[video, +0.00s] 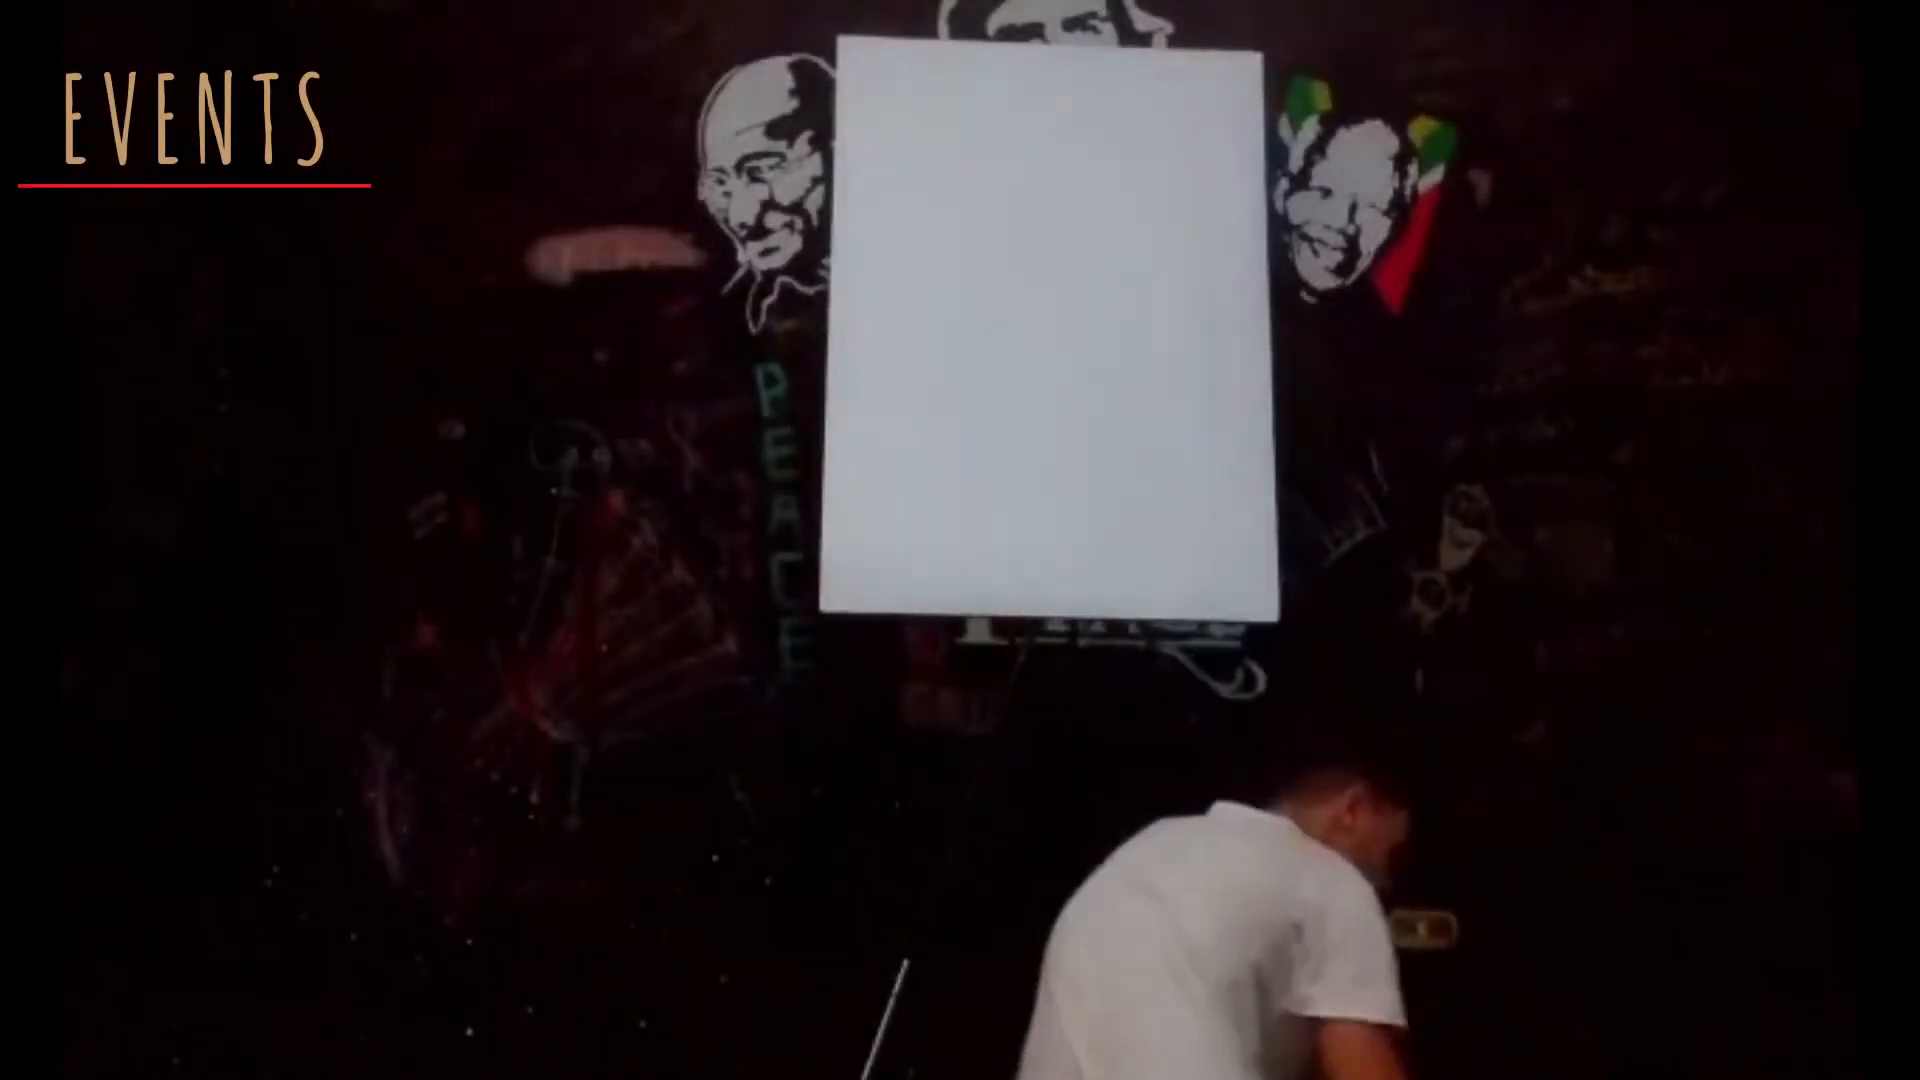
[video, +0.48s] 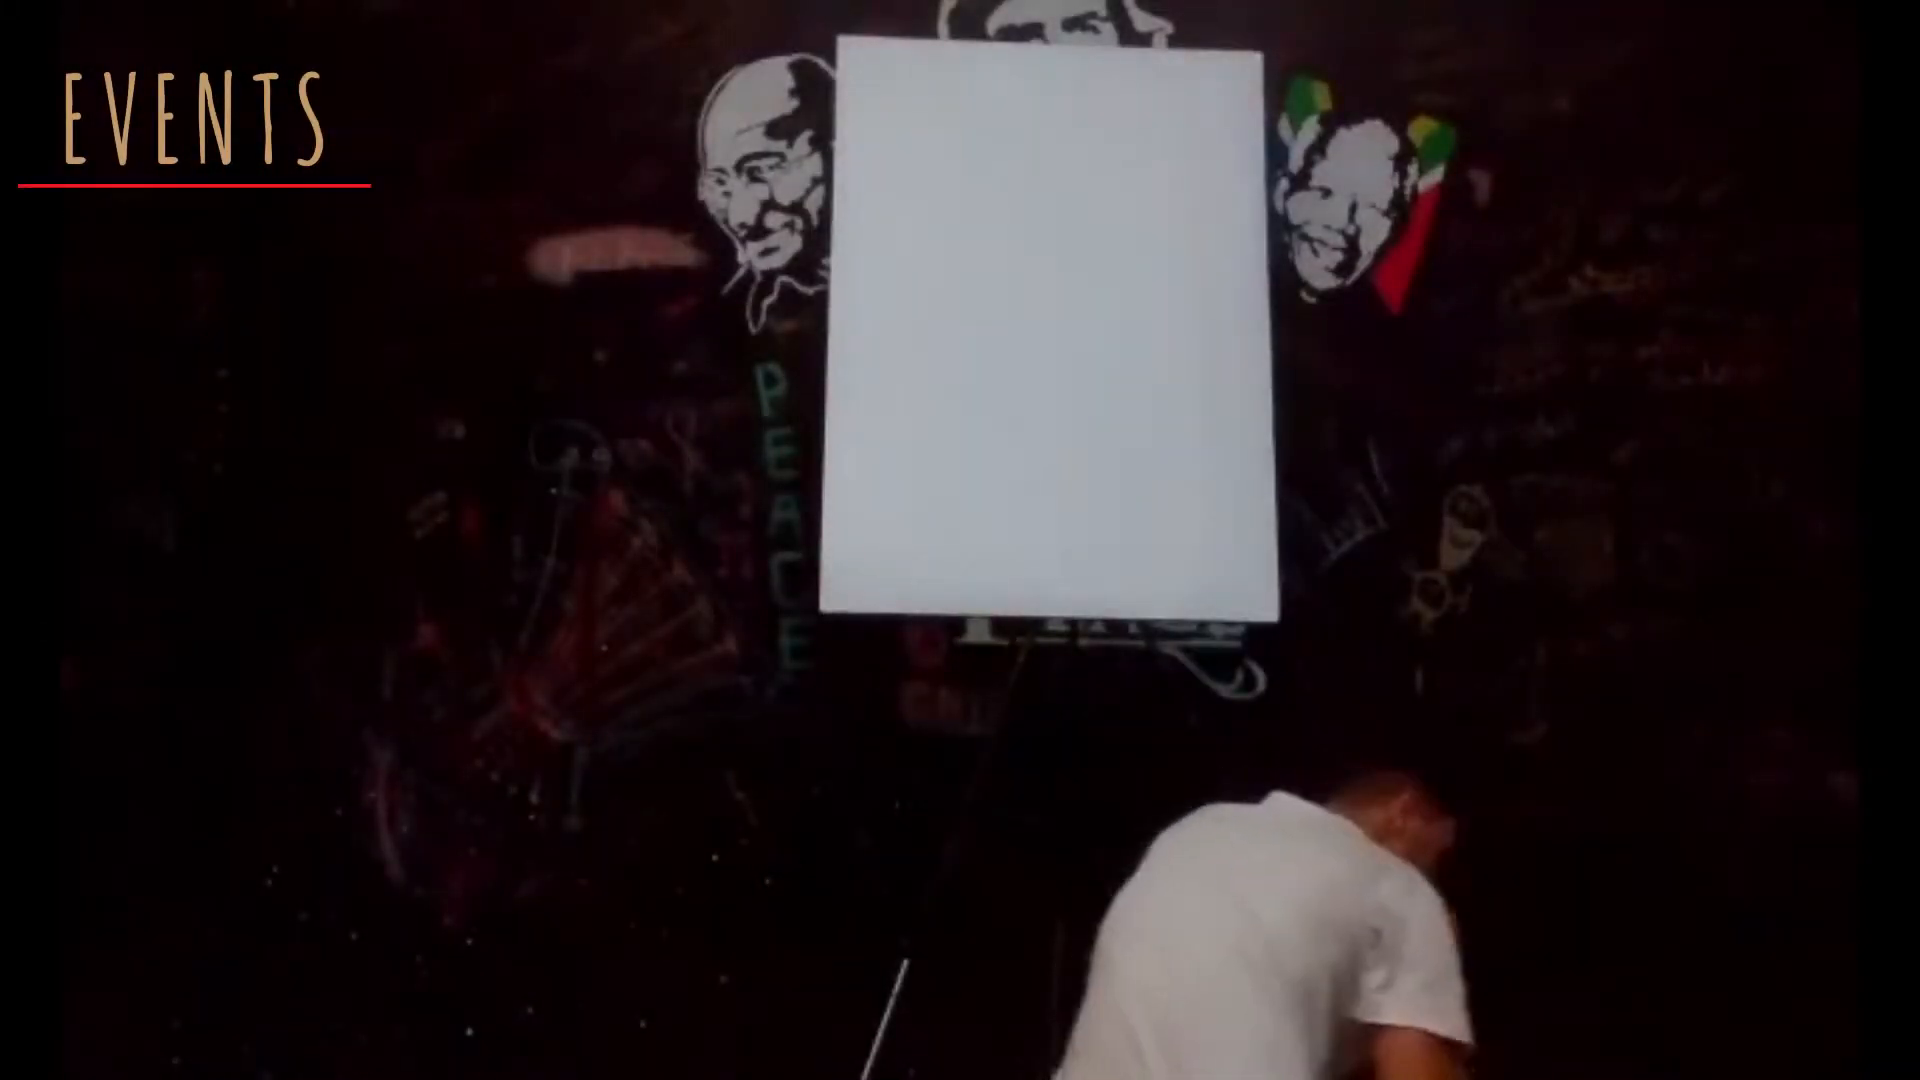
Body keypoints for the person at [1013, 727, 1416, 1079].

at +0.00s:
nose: (1381, 879)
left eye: (1391, 857)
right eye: (1388, 851)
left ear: (1289, 798)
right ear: (1351, 812)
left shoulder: (1161, 837)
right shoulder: (1328, 885)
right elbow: (1360, 1064)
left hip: (1050, 1063)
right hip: (1176, 1059)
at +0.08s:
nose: (1384, 872)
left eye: (1394, 853)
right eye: (1392, 847)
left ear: (1291, 796)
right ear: (1354, 811)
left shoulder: (1165, 833)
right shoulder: (1334, 883)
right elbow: (1370, 1063)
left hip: (1055, 1062)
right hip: (1181, 1059)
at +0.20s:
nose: (1390, 871)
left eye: (1401, 857)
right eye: (1398, 850)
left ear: (1298, 796)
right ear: (1365, 812)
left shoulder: (1163, 836)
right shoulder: (1354, 884)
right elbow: (1379, 1064)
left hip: (1066, 1062)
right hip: (1210, 1058)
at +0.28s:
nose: (1401, 874)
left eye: (1410, 859)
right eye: (1407, 852)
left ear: (1306, 801)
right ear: (1379, 812)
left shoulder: (1174, 832)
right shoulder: (1367, 888)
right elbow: (1387, 1066)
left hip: (1068, 1064)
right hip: (1218, 1061)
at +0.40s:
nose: (1419, 873)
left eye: (1430, 859)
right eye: (1426, 852)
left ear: (1326, 800)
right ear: (1396, 813)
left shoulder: (1189, 830)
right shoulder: (1387, 892)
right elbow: (1405, 1068)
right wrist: (1426, 959)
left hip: (1079, 1067)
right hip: (1236, 1063)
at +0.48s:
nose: (1429, 873)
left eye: (1439, 858)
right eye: (1435, 852)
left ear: (1333, 802)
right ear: (1405, 814)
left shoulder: (1194, 828)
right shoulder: (1396, 893)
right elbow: (1417, 1065)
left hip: (1085, 1066)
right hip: (1247, 1062)